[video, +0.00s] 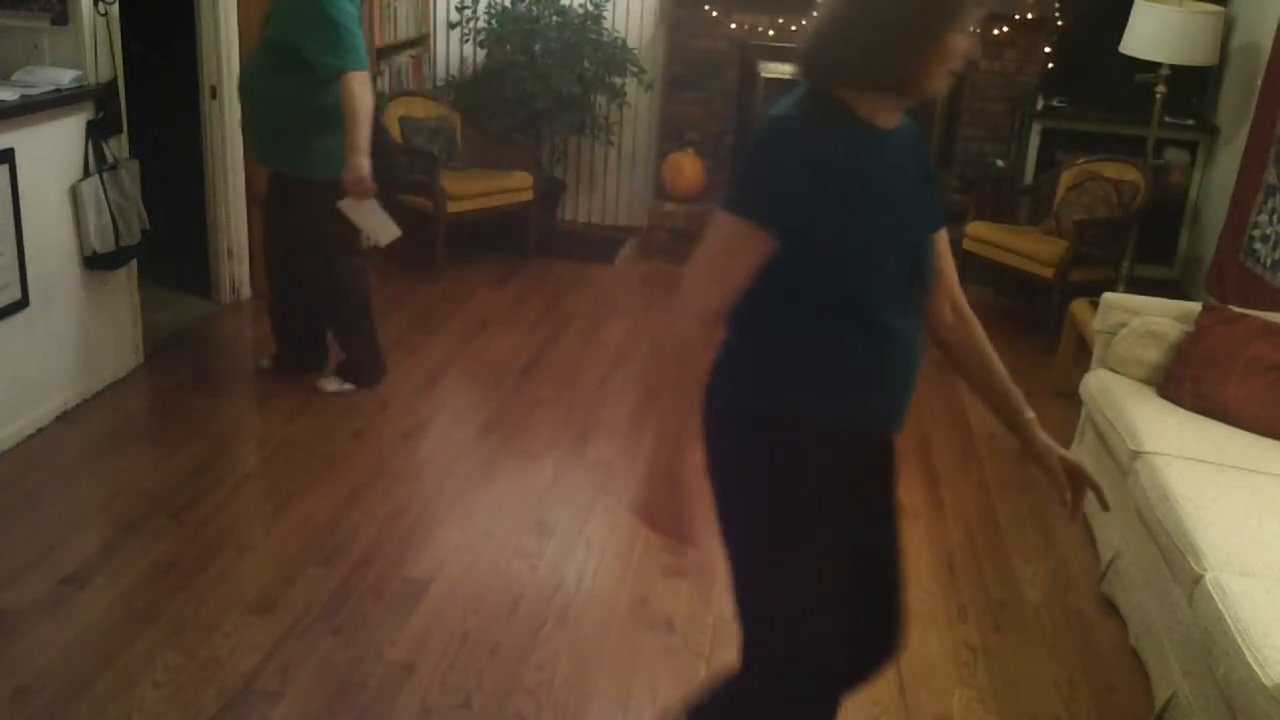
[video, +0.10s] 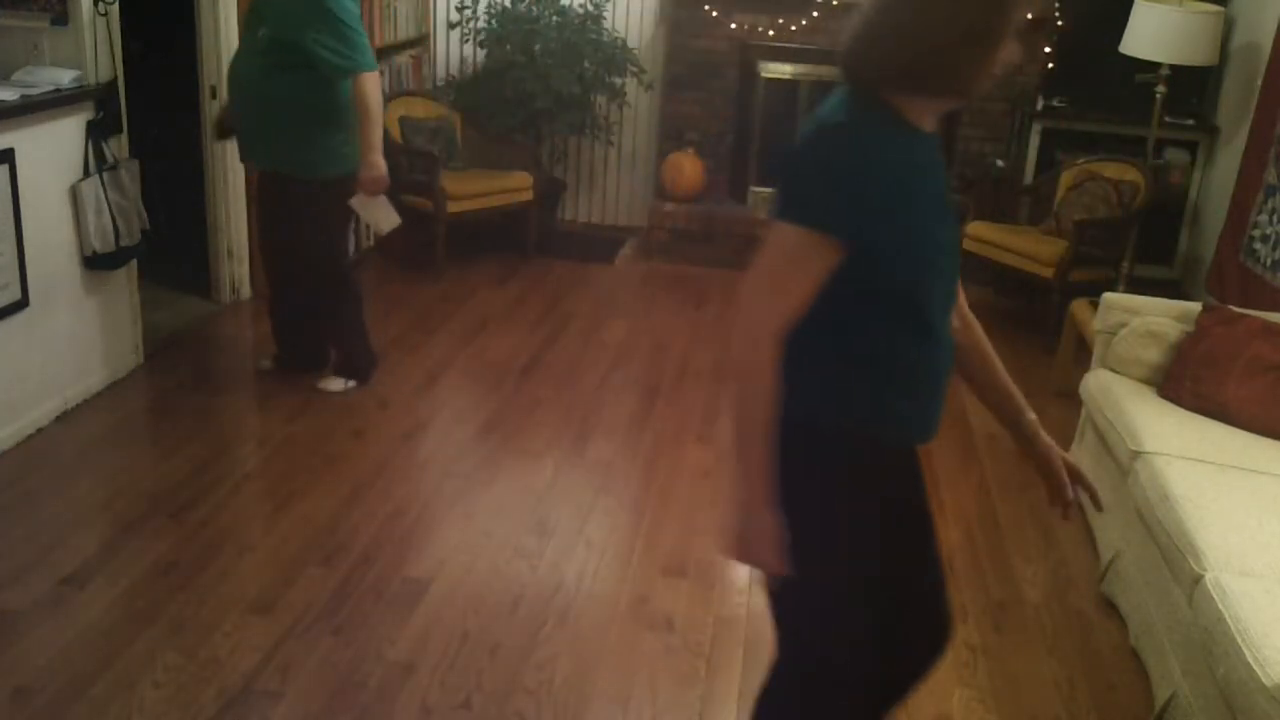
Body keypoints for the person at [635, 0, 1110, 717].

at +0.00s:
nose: (973, 49)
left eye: (976, 32)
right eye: (965, 27)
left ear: (921, 38)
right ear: (913, 29)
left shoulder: (907, 146)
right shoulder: (794, 141)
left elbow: (949, 312)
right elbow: (694, 307)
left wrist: (1034, 437)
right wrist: (665, 467)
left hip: (859, 430)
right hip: (771, 428)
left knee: (869, 637)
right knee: (795, 665)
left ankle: (718, 709)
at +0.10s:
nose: (1017, 56)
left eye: (1022, 37)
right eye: (1012, 33)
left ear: (954, 38)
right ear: (960, 35)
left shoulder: (911, 143)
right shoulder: (852, 145)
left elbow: (949, 313)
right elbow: (755, 319)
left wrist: (1033, 435)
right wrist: (755, 505)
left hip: (879, 442)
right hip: (823, 445)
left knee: (917, 629)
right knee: (829, 658)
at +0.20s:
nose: (1047, 65)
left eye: (1050, 46)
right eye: (1042, 45)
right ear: (1002, 55)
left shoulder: (933, 146)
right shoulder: (903, 155)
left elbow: (949, 326)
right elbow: (823, 345)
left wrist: (1024, 441)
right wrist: (837, 526)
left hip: (894, 444)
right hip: (857, 450)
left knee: (937, 641)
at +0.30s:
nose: (1082, 74)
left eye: (1085, 54)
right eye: (1079, 53)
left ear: (984, 44)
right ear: (1044, 60)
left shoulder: (955, 140)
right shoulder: (958, 160)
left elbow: (953, 333)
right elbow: (893, 363)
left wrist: (1005, 444)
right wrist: (924, 545)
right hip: (895, 449)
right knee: (944, 665)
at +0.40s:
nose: (1117, 78)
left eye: (1119, 60)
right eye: (1112, 59)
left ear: (1012, 42)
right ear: (1078, 63)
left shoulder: (959, 136)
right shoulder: (1010, 165)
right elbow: (960, 374)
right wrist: (998, 551)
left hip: (909, 417)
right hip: (949, 441)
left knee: (928, 669)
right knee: (954, 682)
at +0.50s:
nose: (1155, 77)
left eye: (1155, 59)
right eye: (1150, 58)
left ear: (1039, 43)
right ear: (1120, 64)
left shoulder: (989, 133)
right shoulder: (1064, 170)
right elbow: (1028, 376)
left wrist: (1092, 192)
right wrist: (1069, 544)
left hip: (941, 410)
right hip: (993, 436)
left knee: (985, 671)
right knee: (1004, 686)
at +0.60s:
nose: (1185, 71)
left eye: (1185, 52)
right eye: (1177, 49)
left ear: (1065, 43)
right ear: (1144, 57)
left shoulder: (1010, 142)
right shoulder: (1116, 177)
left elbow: (951, 302)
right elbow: (1094, 375)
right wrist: (1130, 547)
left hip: (964, 414)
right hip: (1040, 439)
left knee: (1003, 658)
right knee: (1064, 674)